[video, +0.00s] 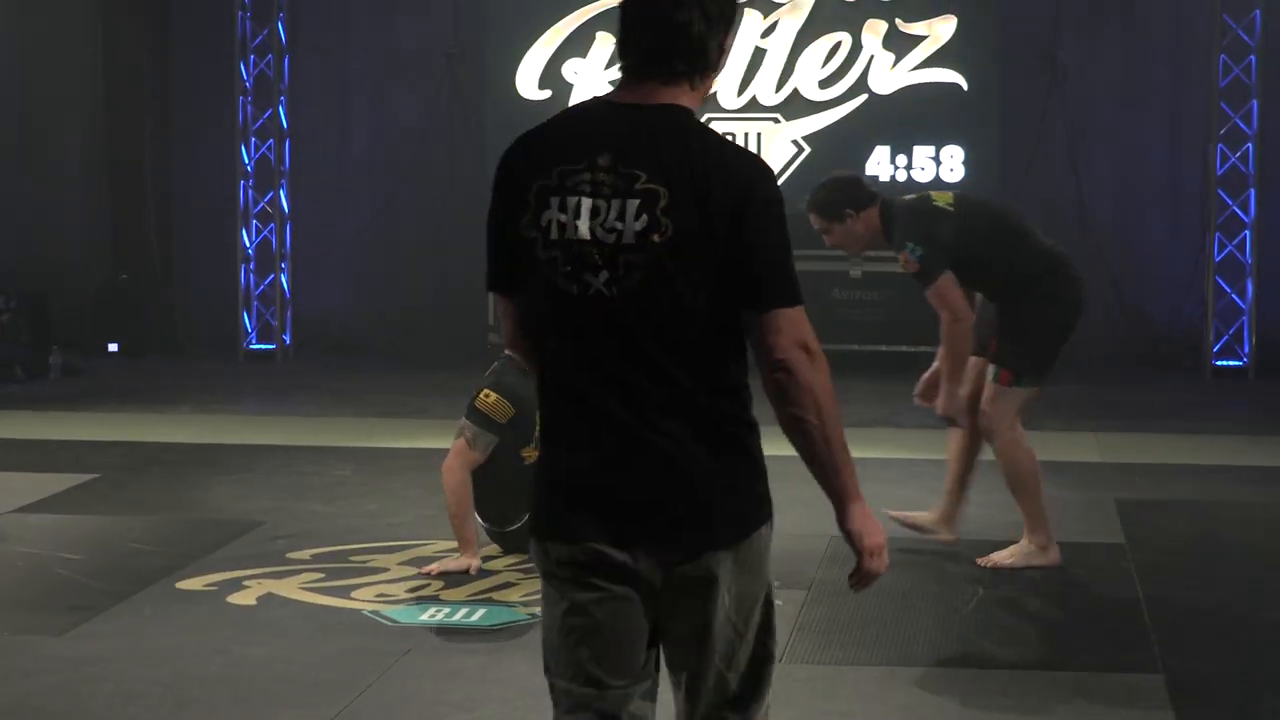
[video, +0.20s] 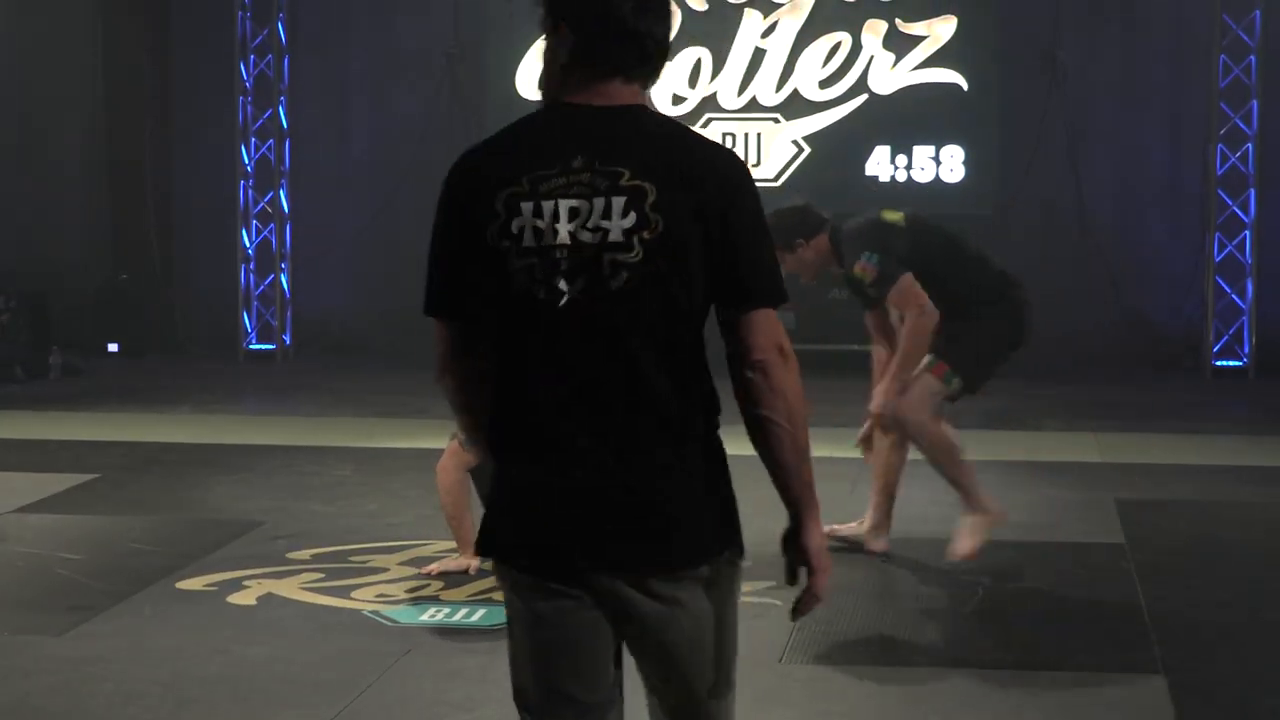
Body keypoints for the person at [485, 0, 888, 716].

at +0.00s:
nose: (729, 60)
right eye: (728, 45)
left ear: (623, 45)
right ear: (718, 53)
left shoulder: (530, 157)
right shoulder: (737, 178)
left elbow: (516, 334)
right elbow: (786, 356)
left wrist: (595, 387)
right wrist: (851, 503)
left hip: (579, 489)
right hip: (707, 496)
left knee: (591, 707)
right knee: (723, 705)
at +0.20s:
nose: (542, 53)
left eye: (547, 36)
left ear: (556, 43)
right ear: (659, 50)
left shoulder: (479, 173)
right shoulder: (712, 172)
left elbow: (456, 364)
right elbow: (761, 359)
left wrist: (506, 476)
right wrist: (805, 511)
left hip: (536, 512)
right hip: (673, 513)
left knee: (563, 710)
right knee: (698, 709)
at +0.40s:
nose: (464, 47)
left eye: (478, 21)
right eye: (469, 24)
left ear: (531, 21)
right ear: (601, 34)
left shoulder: (455, 153)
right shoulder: (695, 147)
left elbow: (409, 354)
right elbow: (745, 338)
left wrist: (401, 508)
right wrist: (745, 488)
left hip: (518, 501)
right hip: (655, 500)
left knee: (541, 704)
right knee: (671, 706)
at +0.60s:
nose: (426, 37)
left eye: (446, 14)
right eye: (432, 17)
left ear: (518, 17)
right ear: (536, 22)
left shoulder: (457, 144)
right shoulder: (659, 147)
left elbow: (423, 344)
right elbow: (713, 328)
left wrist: (360, 517)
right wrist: (687, 476)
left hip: (489, 510)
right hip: (627, 504)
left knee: (493, 704)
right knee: (620, 704)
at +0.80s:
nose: (360, 45)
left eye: (381, 20)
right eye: (364, 23)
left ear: (457, 20)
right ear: (466, 22)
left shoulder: (410, 155)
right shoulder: (595, 146)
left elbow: (414, 358)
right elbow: (657, 335)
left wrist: (373, 549)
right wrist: (633, 484)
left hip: (445, 544)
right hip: (578, 532)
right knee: (571, 706)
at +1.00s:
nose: (227, 83)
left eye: (247, 55)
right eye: (228, 60)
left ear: (326, 52)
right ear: (338, 55)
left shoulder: (294, 200)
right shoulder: (466, 171)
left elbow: (320, 423)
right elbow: (537, 353)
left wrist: (278, 617)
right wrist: (496, 503)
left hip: (344, 602)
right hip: (472, 578)